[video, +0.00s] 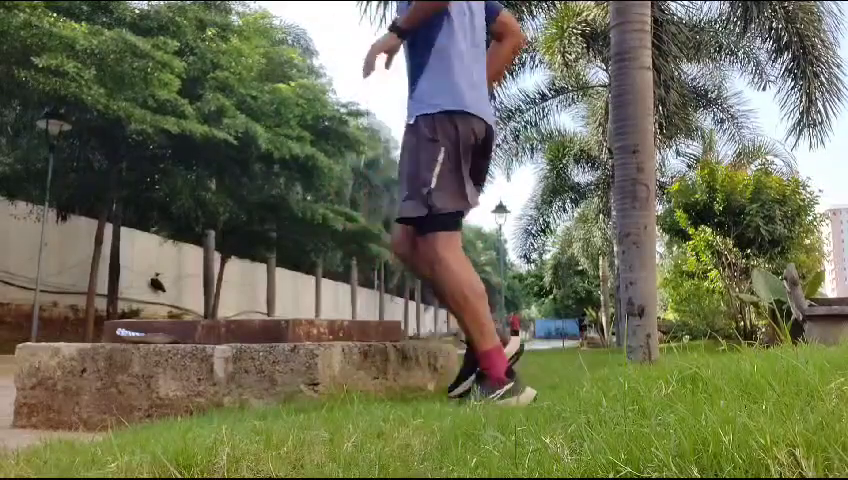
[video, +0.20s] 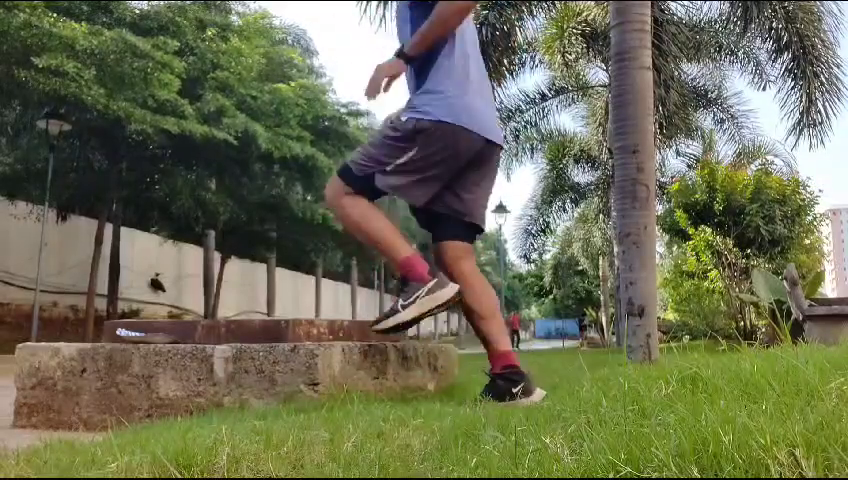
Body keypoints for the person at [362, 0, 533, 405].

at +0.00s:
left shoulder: (425, 4)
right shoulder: (476, 5)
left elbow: (436, 3)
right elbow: (511, 34)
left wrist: (395, 33)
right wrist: (476, 89)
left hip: (441, 107)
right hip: (474, 113)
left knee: (439, 245)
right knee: (406, 242)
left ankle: (497, 374)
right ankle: (489, 338)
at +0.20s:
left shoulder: (422, 5)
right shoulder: (448, 16)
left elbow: (462, 4)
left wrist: (403, 56)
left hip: (441, 115)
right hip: (486, 130)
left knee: (342, 193)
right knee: (456, 254)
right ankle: (508, 374)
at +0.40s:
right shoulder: (453, 8)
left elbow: (405, 1)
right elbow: (469, 29)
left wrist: (375, 26)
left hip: (419, 70)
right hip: (465, 83)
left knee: (359, 185)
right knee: (416, 204)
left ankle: (389, 305)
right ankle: (479, 309)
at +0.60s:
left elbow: (370, 3)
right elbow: (480, 6)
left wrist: (358, 7)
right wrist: (447, 40)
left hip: (423, 50)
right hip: (465, 61)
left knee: (390, 174)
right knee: (416, 184)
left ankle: (426, 303)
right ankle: (426, 302)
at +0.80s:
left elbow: (380, 5)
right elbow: (503, 2)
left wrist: (369, 13)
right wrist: (464, 35)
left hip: (445, 63)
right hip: (474, 69)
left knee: (430, 202)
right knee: (392, 182)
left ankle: (469, 338)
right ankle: (436, 293)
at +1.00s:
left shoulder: (419, 2)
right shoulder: (474, 7)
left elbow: (448, 5)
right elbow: (513, 48)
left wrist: (395, 66)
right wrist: (470, 93)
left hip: (447, 117)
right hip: (483, 123)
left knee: (452, 249)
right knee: (402, 235)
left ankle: (504, 379)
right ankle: (477, 326)